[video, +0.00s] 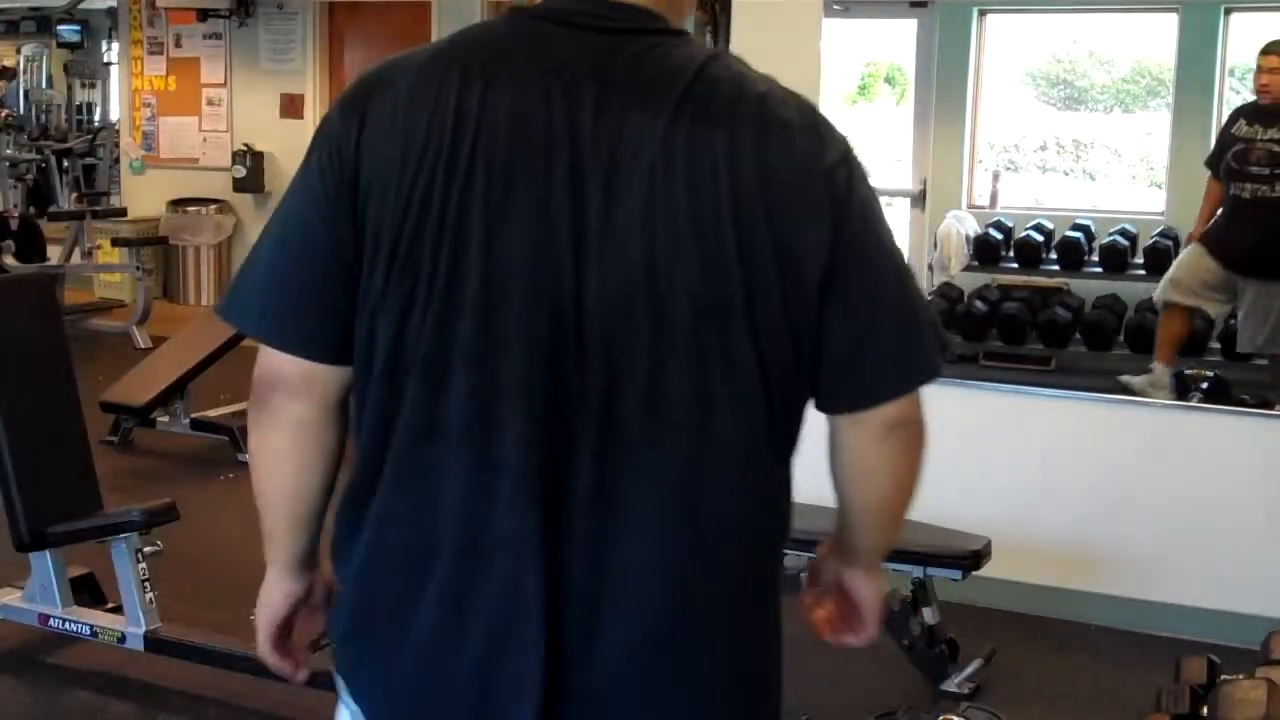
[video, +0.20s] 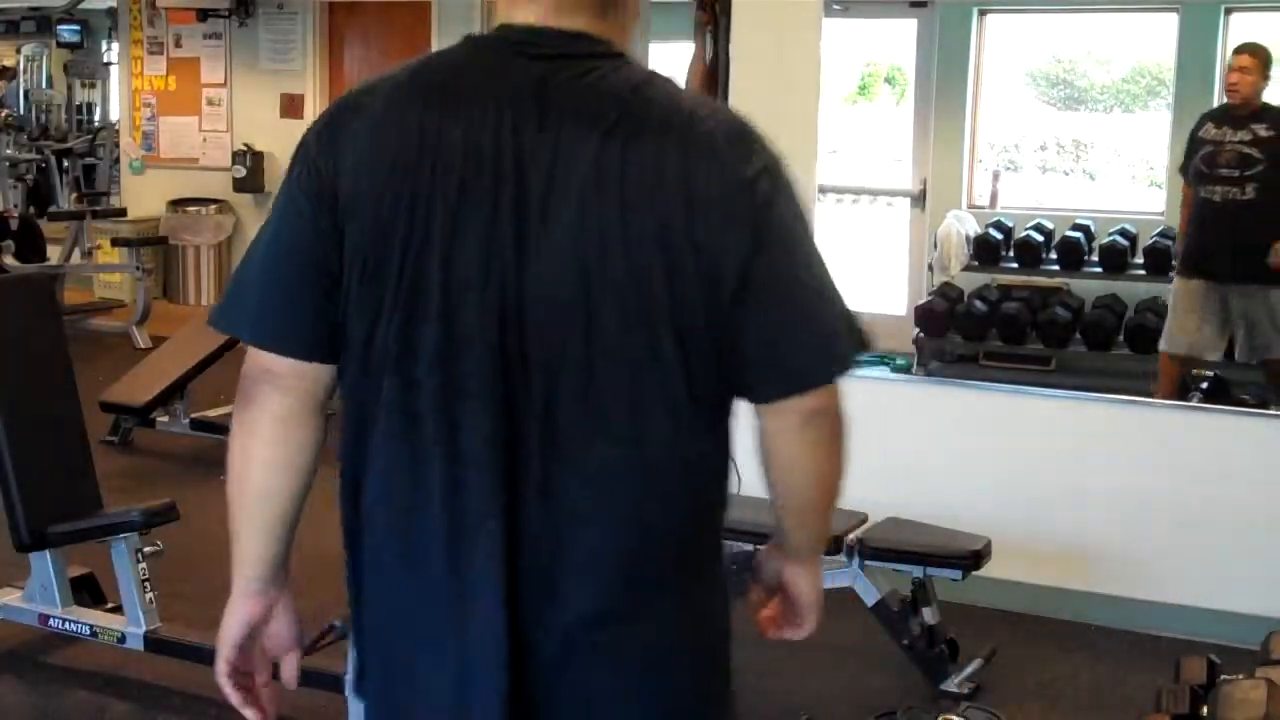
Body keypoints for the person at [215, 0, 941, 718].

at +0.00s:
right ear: (670, 4)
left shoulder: (387, 112)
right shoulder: (787, 140)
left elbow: (292, 377)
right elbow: (883, 408)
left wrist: (288, 566)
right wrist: (857, 557)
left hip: (424, 665)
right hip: (687, 674)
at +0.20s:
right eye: (643, 12)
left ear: (494, 0)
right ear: (633, 5)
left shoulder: (358, 135)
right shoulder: (718, 155)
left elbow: (279, 378)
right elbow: (803, 402)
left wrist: (258, 581)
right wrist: (798, 551)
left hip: (420, 656)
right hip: (642, 661)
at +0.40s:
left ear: (443, 0)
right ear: (562, 1)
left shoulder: (312, 120)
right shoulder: (644, 134)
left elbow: (243, 336)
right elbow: (713, 363)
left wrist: (235, 508)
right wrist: (750, 546)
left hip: (377, 621)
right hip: (594, 624)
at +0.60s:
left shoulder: (313, 102)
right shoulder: (617, 124)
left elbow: (239, 296)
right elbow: (685, 339)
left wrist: (257, 427)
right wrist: (724, 512)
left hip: (376, 582)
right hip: (587, 574)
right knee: (663, 691)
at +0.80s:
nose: (598, 8)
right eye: (590, 6)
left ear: (455, 2)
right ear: (560, 6)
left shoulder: (342, 107)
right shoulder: (623, 130)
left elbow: (277, 298)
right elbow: (681, 342)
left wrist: (295, 438)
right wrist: (710, 497)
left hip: (392, 560)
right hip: (584, 562)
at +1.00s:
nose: (617, 20)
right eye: (618, 16)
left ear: (492, 5)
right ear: (610, 9)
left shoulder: (388, 111)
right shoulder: (658, 140)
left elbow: (333, 295)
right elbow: (703, 342)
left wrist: (339, 439)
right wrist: (724, 494)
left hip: (425, 545)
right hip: (598, 553)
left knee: (420, 709)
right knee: (574, 709)